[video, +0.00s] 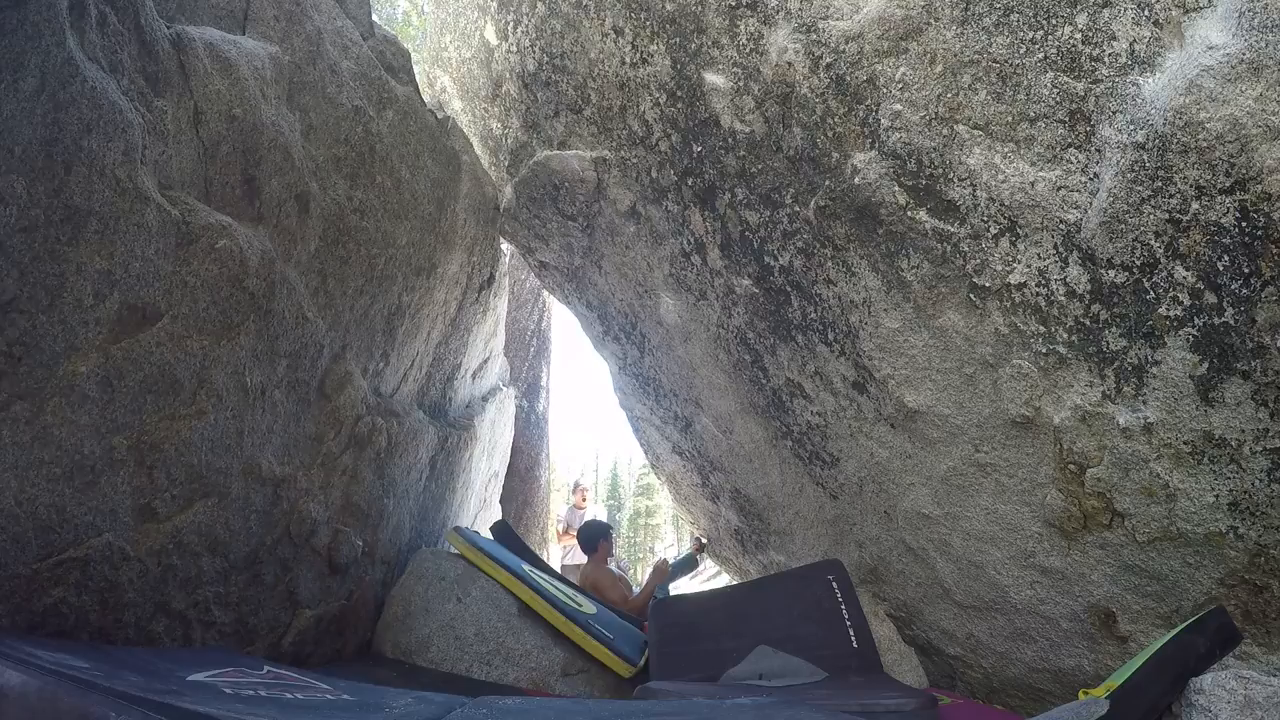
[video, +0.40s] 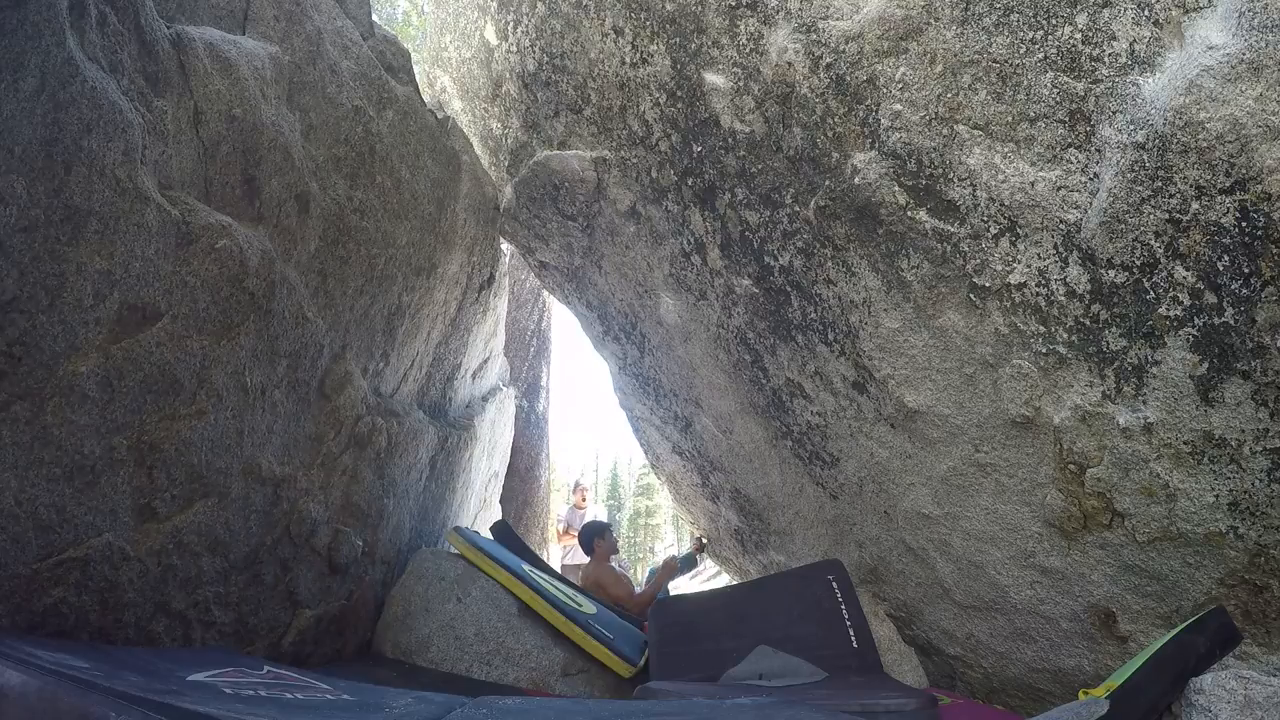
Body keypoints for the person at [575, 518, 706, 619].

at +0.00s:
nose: (613, 542)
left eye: (611, 537)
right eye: (610, 538)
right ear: (601, 543)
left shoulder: (590, 570)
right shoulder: (600, 574)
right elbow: (631, 610)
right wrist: (654, 580)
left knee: (660, 574)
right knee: (664, 574)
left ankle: (694, 554)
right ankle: (695, 554)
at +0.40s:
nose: (616, 540)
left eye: (613, 535)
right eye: (611, 536)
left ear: (598, 544)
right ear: (598, 543)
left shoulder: (590, 570)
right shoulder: (604, 572)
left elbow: (632, 602)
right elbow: (636, 607)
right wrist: (662, 577)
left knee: (656, 571)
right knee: (657, 572)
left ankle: (694, 554)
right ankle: (695, 554)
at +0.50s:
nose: (620, 540)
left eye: (617, 535)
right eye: (615, 536)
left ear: (600, 544)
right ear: (601, 543)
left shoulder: (588, 570)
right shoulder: (608, 571)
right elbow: (650, 594)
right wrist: (676, 560)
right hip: (649, 623)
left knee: (655, 571)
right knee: (659, 571)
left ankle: (689, 559)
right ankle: (692, 557)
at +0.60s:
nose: (624, 537)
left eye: (621, 533)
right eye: (619, 534)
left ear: (605, 544)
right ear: (606, 542)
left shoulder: (593, 569)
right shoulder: (619, 569)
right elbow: (663, 581)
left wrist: (691, 551)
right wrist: (691, 546)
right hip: (652, 625)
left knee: (654, 573)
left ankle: (694, 557)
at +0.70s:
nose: (629, 535)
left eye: (626, 530)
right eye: (625, 531)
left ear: (611, 541)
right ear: (612, 540)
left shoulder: (597, 568)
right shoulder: (628, 565)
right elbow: (675, 569)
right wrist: (705, 537)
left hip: (628, 627)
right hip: (652, 626)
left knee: (655, 579)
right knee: (658, 581)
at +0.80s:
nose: (634, 531)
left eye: (631, 528)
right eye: (631, 529)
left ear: (608, 542)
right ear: (623, 537)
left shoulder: (603, 567)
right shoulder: (637, 562)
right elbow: (685, 565)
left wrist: (688, 556)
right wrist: (712, 533)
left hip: (626, 626)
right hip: (651, 627)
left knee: (658, 576)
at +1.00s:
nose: (645, 530)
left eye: (642, 527)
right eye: (643, 527)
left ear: (617, 537)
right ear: (640, 533)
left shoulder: (615, 561)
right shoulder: (651, 558)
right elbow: (697, 568)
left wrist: (689, 556)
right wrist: (717, 532)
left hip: (630, 622)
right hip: (653, 624)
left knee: (664, 577)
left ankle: (692, 552)